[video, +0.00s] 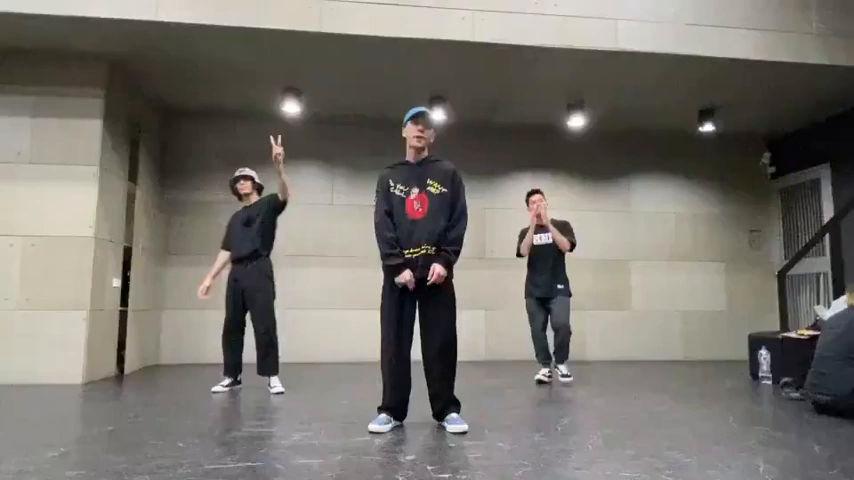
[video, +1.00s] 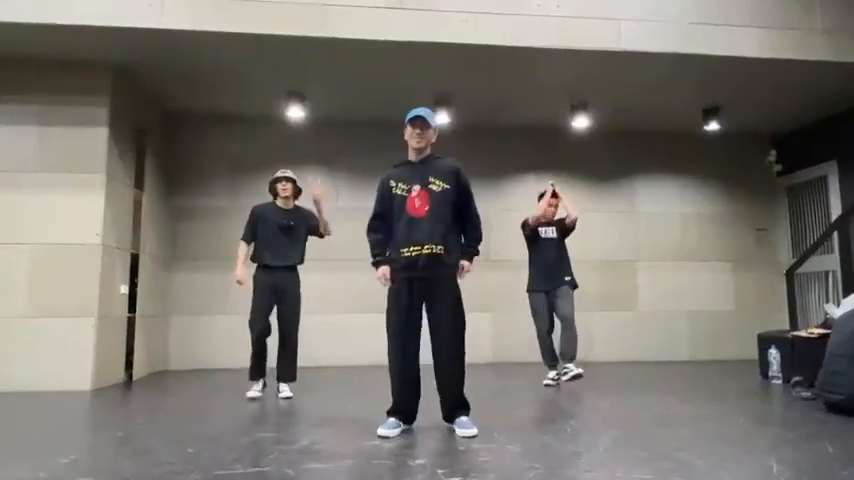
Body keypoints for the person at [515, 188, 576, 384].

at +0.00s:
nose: (538, 205)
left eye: (540, 201)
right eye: (533, 203)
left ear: (546, 203)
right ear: (528, 208)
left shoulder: (561, 225)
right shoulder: (526, 232)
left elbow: (567, 247)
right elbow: (522, 252)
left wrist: (548, 224)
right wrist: (533, 225)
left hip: (558, 286)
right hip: (534, 288)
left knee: (561, 325)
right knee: (537, 329)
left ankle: (561, 364)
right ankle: (545, 366)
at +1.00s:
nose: (552, 209)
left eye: (555, 206)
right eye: (549, 205)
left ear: (558, 208)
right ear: (540, 206)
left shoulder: (560, 227)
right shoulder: (530, 228)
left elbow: (572, 219)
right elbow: (532, 222)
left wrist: (562, 199)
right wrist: (544, 203)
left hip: (561, 280)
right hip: (538, 283)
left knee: (568, 318)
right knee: (543, 328)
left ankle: (567, 363)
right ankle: (552, 368)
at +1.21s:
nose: (555, 213)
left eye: (558, 210)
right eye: (552, 208)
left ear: (561, 210)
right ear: (544, 207)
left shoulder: (564, 224)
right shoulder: (531, 225)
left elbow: (577, 230)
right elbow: (534, 226)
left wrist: (574, 207)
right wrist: (557, 206)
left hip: (565, 282)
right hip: (541, 283)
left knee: (565, 325)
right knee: (546, 328)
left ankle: (565, 370)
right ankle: (554, 367)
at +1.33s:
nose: (559, 212)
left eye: (563, 208)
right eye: (557, 207)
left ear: (566, 207)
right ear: (548, 203)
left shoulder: (571, 220)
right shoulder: (535, 221)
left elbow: (581, 239)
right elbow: (537, 238)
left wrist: (587, 258)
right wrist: (545, 251)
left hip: (569, 283)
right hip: (544, 284)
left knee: (569, 323)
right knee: (550, 327)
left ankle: (567, 368)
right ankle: (557, 365)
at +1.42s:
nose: (563, 209)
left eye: (567, 206)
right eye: (560, 205)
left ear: (571, 205)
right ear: (552, 201)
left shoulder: (576, 222)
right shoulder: (539, 222)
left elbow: (583, 254)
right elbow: (535, 252)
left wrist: (588, 280)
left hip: (572, 283)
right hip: (547, 284)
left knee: (573, 325)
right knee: (552, 328)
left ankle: (569, 367)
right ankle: (559, 364)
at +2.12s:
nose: (557, 184)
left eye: (560, 181)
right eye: (552, 181)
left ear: (564, 186)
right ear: (544, 186)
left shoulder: (575, 213)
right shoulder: (534, 214)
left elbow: (581, 242)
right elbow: (526, 244)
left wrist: (578, 257)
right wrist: (539, 258)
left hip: (570, 275)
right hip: (545, 277)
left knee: (576, 319)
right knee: (548, 321)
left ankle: (568, 358)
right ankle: (554, 363)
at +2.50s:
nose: (558, 183)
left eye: (561, 180)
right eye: (553, 180)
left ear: (564, 186)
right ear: (544, 186)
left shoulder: (574, 211)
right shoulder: (534, 212)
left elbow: (583, 237)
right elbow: (525, 242)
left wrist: (568, 238)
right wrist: (551, 241)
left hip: (566, 273)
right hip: (539, 274)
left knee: (574, 319)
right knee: (537, 311)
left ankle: (575, 362)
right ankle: (541, 353)